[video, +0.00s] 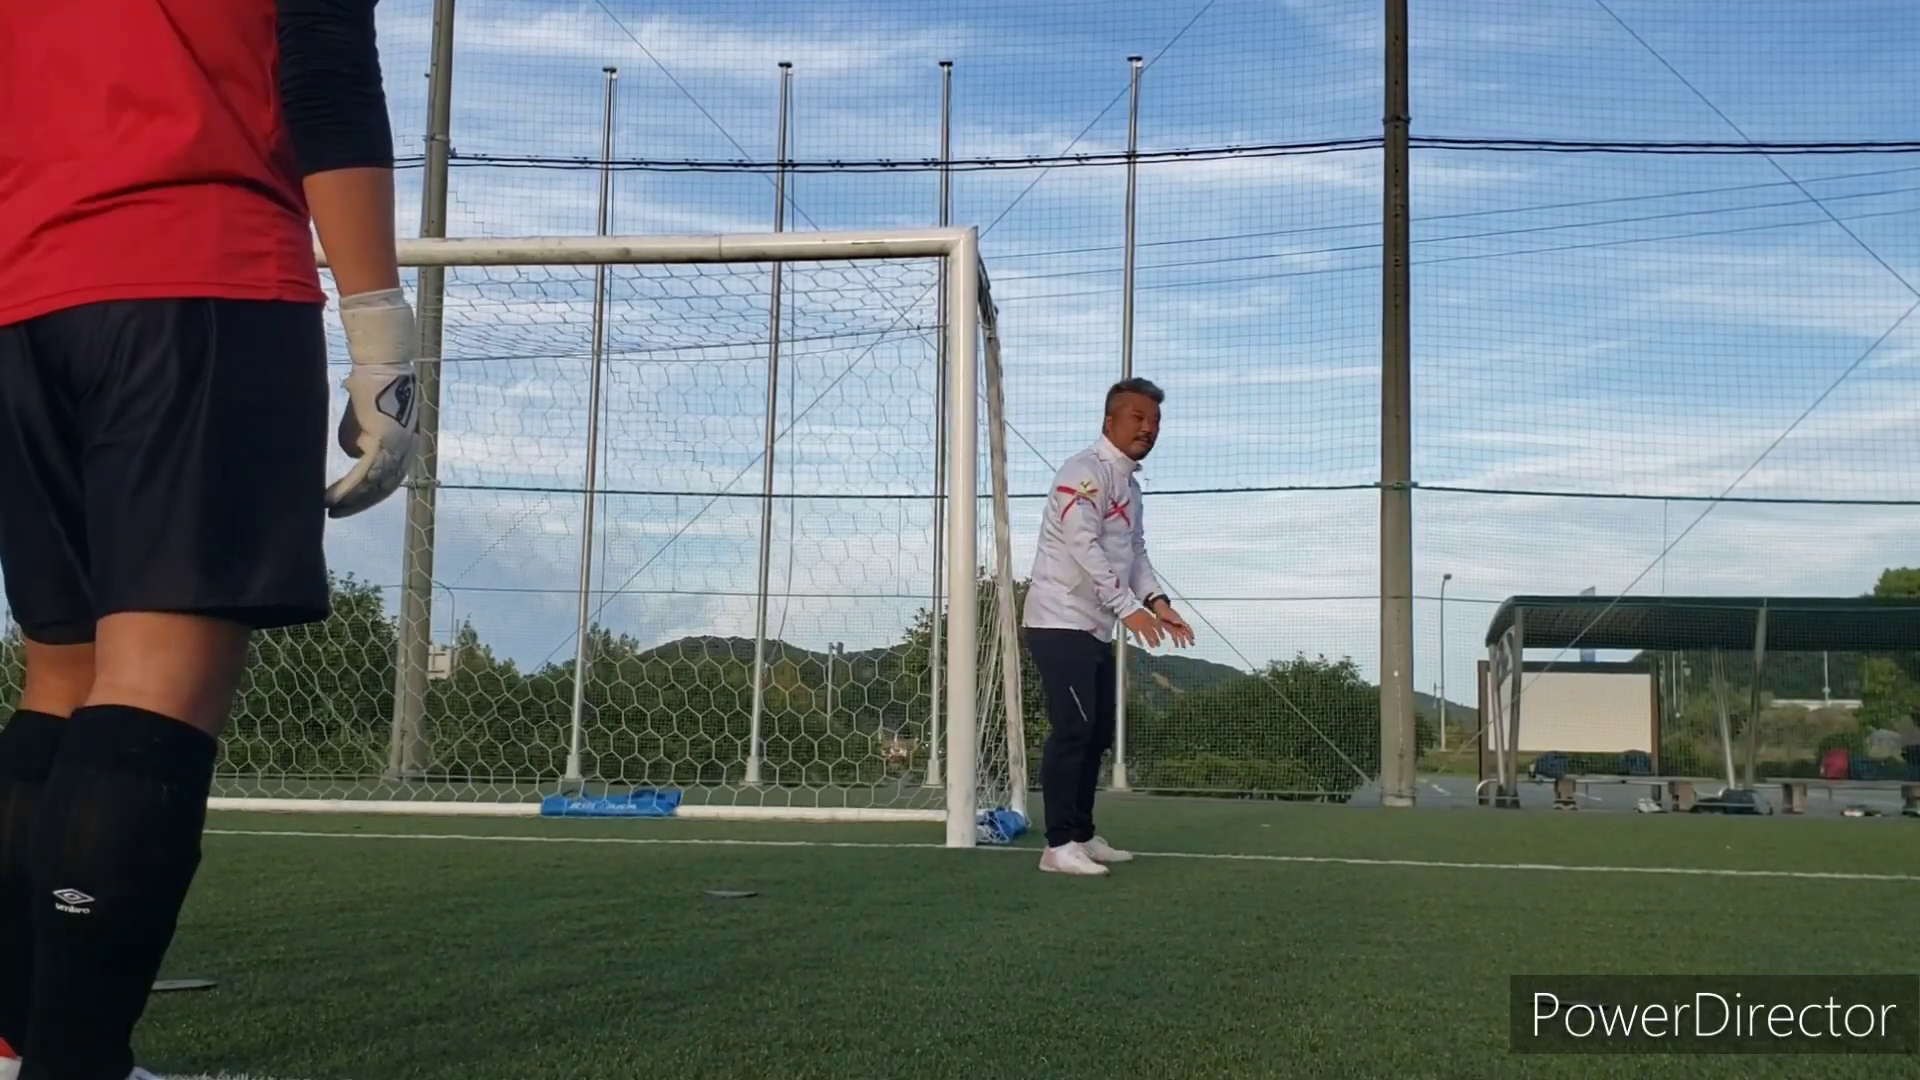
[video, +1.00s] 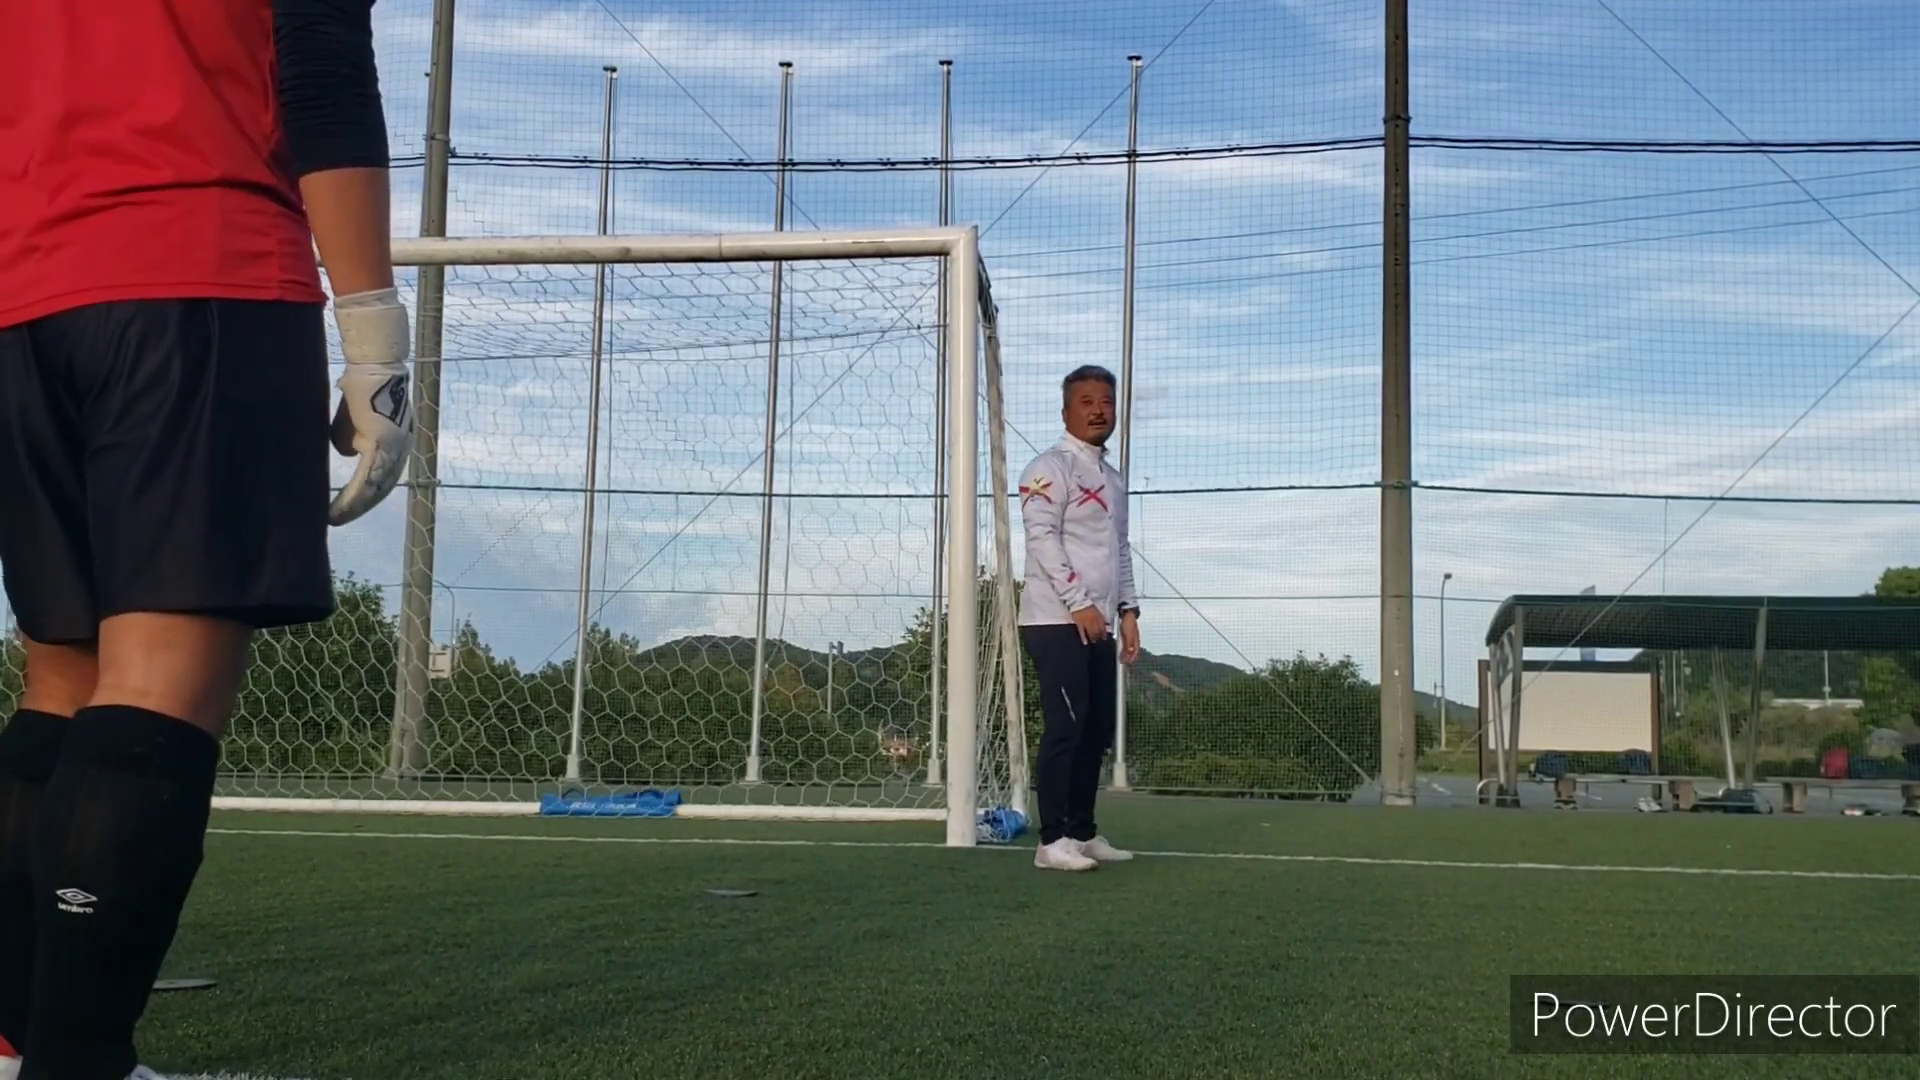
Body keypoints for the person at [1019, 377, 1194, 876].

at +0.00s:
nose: (1148, 429)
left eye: (1154, 422)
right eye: (1137, 418)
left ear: (1157, 428)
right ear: (1109, 420)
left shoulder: (1127, 488)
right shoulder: (1083, 472)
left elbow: (1134, 557)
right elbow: (1085, 549)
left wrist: (1160, 603)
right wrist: (1129, 608)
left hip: (1094, 625)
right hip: (1059, 620)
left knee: (1097, 731)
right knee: (1073, 729)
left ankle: (1081, 836)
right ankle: (1059, 846)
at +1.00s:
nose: (1099, 410)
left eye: (1107, 402)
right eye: (1087, 402)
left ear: (1116, 411)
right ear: (1066, 411)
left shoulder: (1113, 478)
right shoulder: (1049, 466)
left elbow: (1119, 549)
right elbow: (1042, 540)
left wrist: (1128, 609)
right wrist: (1078, 603)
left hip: (1098, 619)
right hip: (1055, 617)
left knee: (1097, 729)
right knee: (1066, 727)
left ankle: (1082, 833)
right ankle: (1052, 841)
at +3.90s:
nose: (1061, 411)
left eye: (1069, 402)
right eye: (1049, 402)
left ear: (1077, 410)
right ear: (1026, 411)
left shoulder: (1060, 468)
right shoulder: (1018, 464)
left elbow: (1054, 534)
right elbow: (1069, 512)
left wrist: (1089, 559)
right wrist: (1124, 482)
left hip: (1060, 618)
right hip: (1025, 616)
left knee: (1060, 725)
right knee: (1031, 725)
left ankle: (1044, 829)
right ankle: (1008, 839)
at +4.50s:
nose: (1054, 413)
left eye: (1056, 405)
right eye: (1042, 406)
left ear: (1059, 412)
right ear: (1013, 416)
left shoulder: (1062, 476)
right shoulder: (1001, 467)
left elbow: (1092, 526)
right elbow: (1029, 518)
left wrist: (1131, 496)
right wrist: (1095, 486)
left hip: (1061, 619)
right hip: (1023, 618)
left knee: (1059, 727)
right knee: (1028, 724)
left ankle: (1043, 830)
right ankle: (1008, 839)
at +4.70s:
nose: (1056, 412)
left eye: (1058, 404)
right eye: (1044, 405)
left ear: (1060, 411)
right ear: (1015, 415)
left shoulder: (1062, 476)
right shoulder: (1003, 466)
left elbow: (1092, 528)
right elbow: (1032, 521)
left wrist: (1129, 496)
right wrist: (1095, 486)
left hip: (1061, 619)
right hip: (1022, 618)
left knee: (1060, 725)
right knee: (1028, 724)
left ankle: (1042, 830)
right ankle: (1008, 838)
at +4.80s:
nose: (1057, 413)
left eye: (1058, 404)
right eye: (1045, 405)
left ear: (1060, 412)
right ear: (1016, 414)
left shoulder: (1059, 474)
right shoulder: (1003, 467)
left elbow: (1093, 528)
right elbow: (1032, 522)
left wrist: (1124, 492)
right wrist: (1088, 482)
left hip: (1061, 619)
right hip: (1023, 618)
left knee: (1060, 724)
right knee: (1028, 723)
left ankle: (1043, 830)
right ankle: (1008, 839)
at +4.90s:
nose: (1055, 412)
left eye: (1057, 404)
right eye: (1042, 405)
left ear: (1061, 411)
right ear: (1015, 415)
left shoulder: (1061, 474)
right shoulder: (1003, 466)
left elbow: (1093, 528)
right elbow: (1030, 521)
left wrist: (1125, 493)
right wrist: (1089, 481)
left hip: (1061, 619)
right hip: (1023, 618)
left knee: (1060, 725)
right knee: (1028, 724)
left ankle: (1042, 830)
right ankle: (1008, 839)